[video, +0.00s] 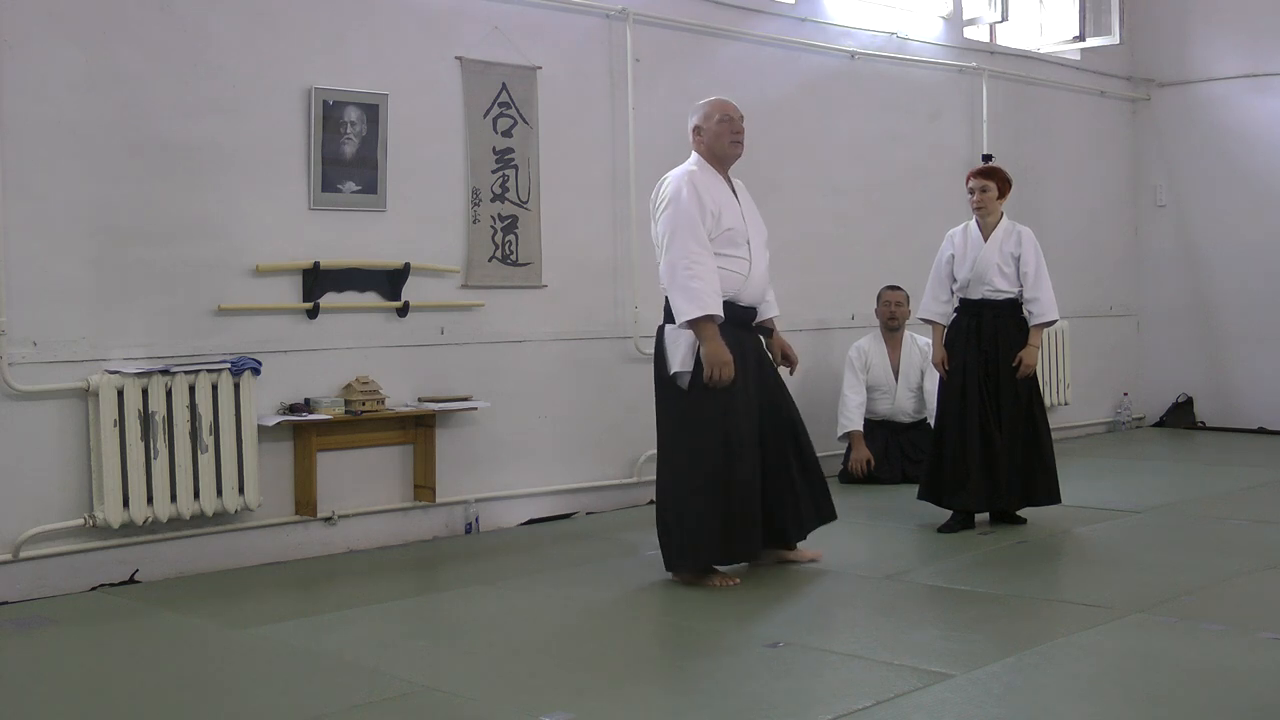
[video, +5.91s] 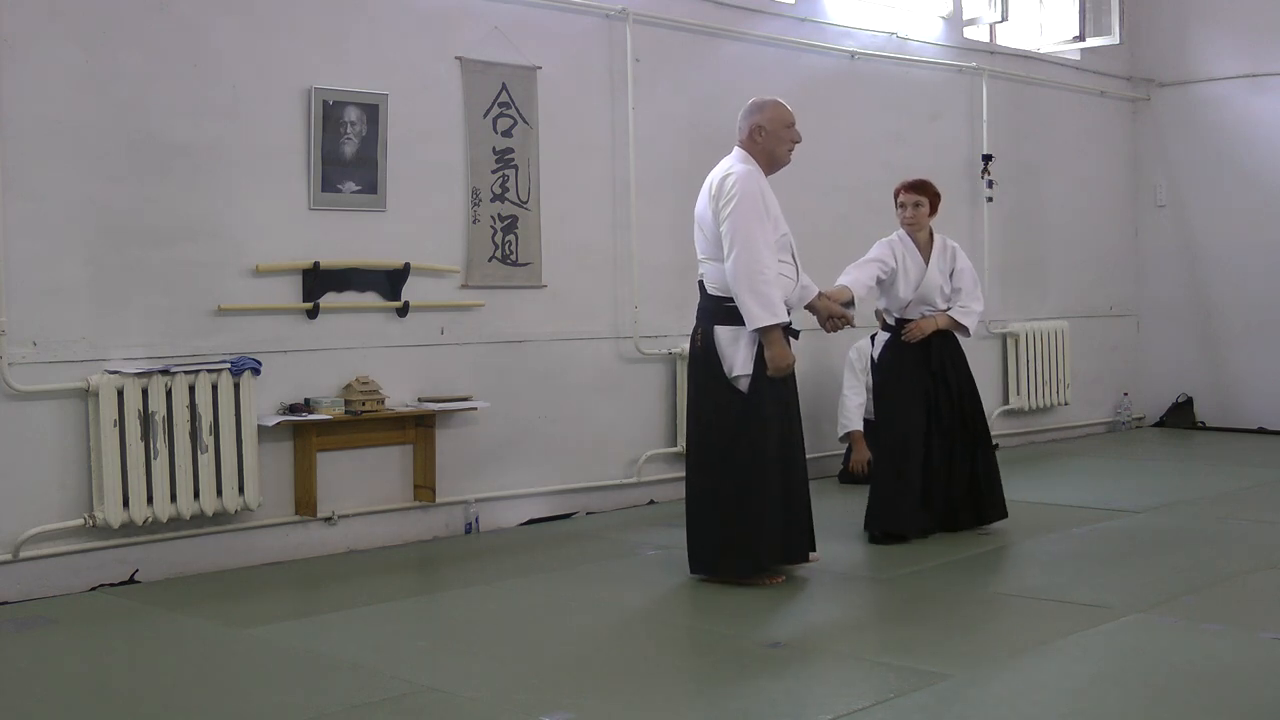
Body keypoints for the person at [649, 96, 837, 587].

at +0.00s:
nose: (739, 129)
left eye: (741, 123)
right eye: (726, 122)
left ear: (742, 135)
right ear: (698, 135)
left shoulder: (736, 190)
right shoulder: (682, 186)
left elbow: (750, 263)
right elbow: (686, 264)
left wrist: (771, 329)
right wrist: (709, 336)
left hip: (742, 330)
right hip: (698, 331)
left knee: (770, 432)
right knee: (700, 447)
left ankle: (771, 541)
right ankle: (691, 561)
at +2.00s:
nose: (736, 137)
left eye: (746, 131)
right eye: (727, 128)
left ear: (755, 140)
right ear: (707, 133)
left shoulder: (755, 194)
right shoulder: (683, 182)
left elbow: (772, 271)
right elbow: (678, 257)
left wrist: (806, 326)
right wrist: (701, 320)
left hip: (740, 329)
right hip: (694, 327)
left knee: (751, 438)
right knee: (695, 442)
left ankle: (763, 545)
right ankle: (689, 560)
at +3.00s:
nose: (769, 153)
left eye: (769, 143)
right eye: (768, 142)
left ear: (725, 135)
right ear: (756, 139)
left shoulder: (716, 178)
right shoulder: (718, 181)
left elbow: (733, 267)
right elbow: (727, 268)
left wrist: (770, 324)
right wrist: (768, 336)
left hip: (731, 330)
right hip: (711, 332)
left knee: (749, 441)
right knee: (704, 447)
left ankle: (763, 541)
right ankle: (693, 559)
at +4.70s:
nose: (813, 160)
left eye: (813, 150)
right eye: (812, 150)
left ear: (777, 143)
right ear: (798, 145)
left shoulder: (761, 179)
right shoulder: (774, 182)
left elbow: (796, 262)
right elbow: (782, 258)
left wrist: (844, 300)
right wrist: (806, 326)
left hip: (765, 318)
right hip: (757, 320)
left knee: (785, 431)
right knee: (750, 434)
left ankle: (780, 540)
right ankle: (735, 550)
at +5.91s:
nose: (797, 139)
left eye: (796, 131)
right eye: (790, 130)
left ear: (757, 133)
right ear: (758, 134)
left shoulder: (749, 179)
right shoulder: (741, 181)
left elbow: (773, 260)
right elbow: (750, 262)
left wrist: (815, 298)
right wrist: (772, 333)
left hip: (751, 327)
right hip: (737, 331)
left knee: (760, 443)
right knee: (741, 446)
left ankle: (762, 552)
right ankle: (735, 560)